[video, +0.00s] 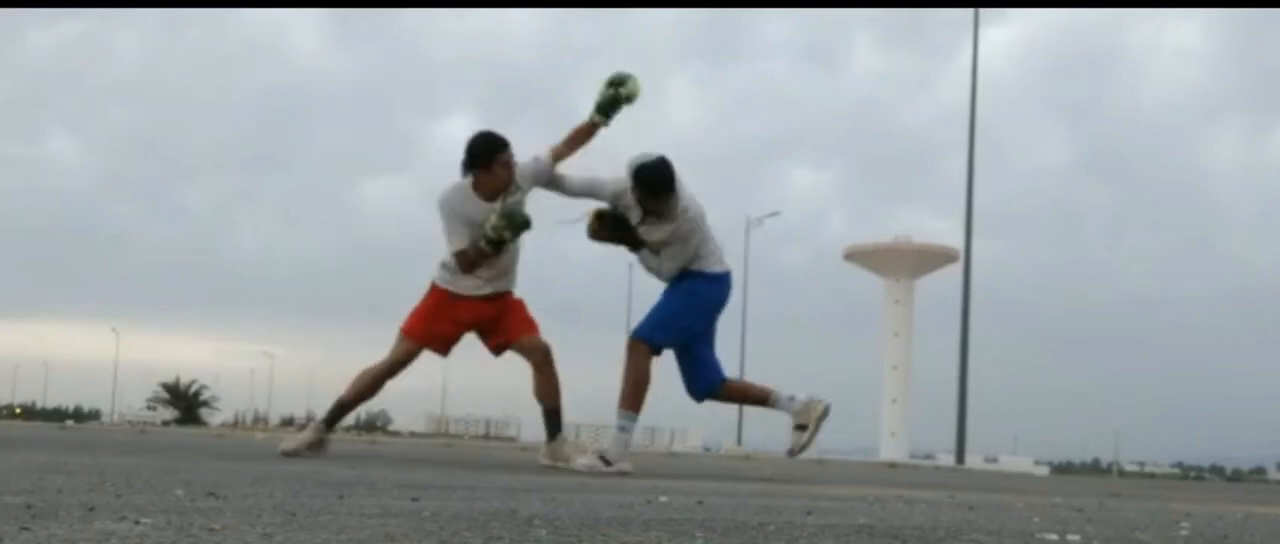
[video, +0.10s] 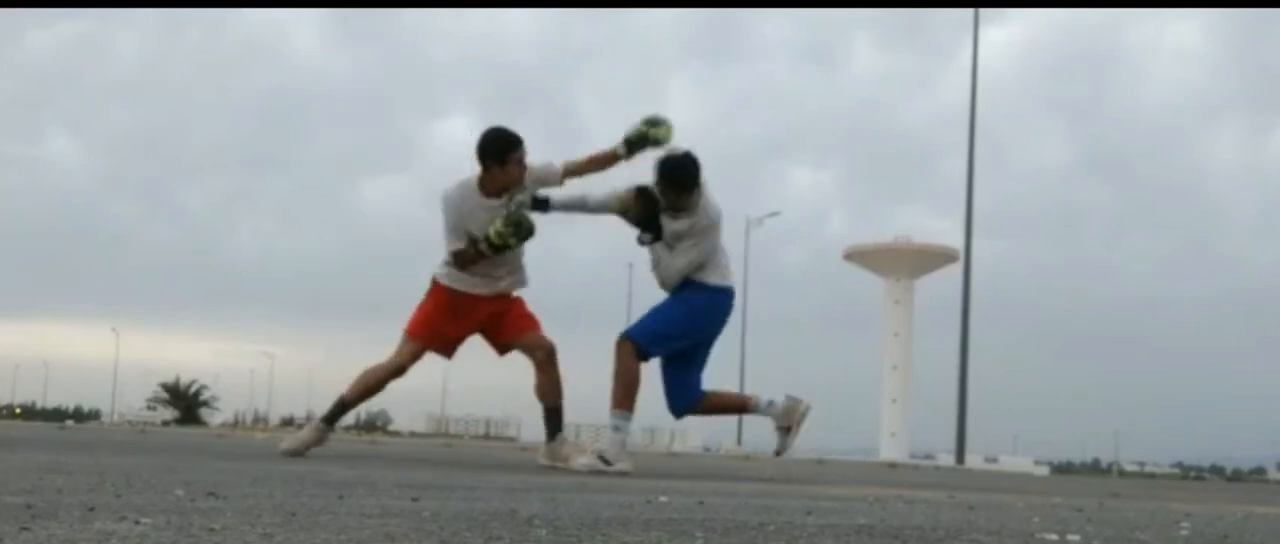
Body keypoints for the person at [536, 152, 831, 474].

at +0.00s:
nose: (659, 210)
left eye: (664, 203)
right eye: (651, 203)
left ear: (672, 191)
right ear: (637, 193)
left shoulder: (687, 216)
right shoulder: (625, 192)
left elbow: (665, 270)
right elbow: (571, 186)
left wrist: (626, 242)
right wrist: (530, 171)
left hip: (706, 283)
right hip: (686, 284)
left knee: (640, 345)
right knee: (706, 384)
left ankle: (616, 453)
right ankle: (801, 408)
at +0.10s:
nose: (671, 204)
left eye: (679, 199)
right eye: (666, 196)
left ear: (695, 190)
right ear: (658, 185)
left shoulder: (706, 219)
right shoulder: (652, 199)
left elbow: (669, 278)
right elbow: (602, 201)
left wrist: (652, 238)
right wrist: (546, 202)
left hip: (708, 296)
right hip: (691, 297)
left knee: (629, 346)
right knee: (685, 402)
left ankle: (614, 451)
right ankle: (780, 410)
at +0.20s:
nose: (720, 181)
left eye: (728, 175)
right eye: (715, 172)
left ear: (739, 172)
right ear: (706, 166)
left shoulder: (741, 208)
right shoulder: (693, 188)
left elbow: (697, 259)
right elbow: (653, 223)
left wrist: (691, 215)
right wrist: (616, 256)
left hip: (718, 297)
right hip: (698, 294)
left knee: (640, 348)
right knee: (683, 400)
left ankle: (614, 450)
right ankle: (771, 434)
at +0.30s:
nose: (760, 168)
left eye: (768, 162)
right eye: (757, 160)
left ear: (782, 162)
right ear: (750, 156)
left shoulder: (780, 201)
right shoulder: (737, 187)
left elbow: (738, 241)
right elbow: (711, 241)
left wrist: (727, 201)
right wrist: (685, 278)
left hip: (739, 291)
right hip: (712, 290)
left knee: (681, 361)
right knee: (709, 391)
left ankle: (637, 442)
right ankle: (782, 445)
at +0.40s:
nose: (783, 160)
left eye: (792, 154)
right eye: (779, 152)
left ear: (805, 158)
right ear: (771, 154)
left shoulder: (809, 197)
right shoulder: (770, 191)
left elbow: (769, 239)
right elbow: (748, 247)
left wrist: (757, 204)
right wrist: (720, 277)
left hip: (769, 289)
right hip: (747, 288)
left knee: (710, 342)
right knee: (733, 387)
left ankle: (706, 444)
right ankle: (791, 455)